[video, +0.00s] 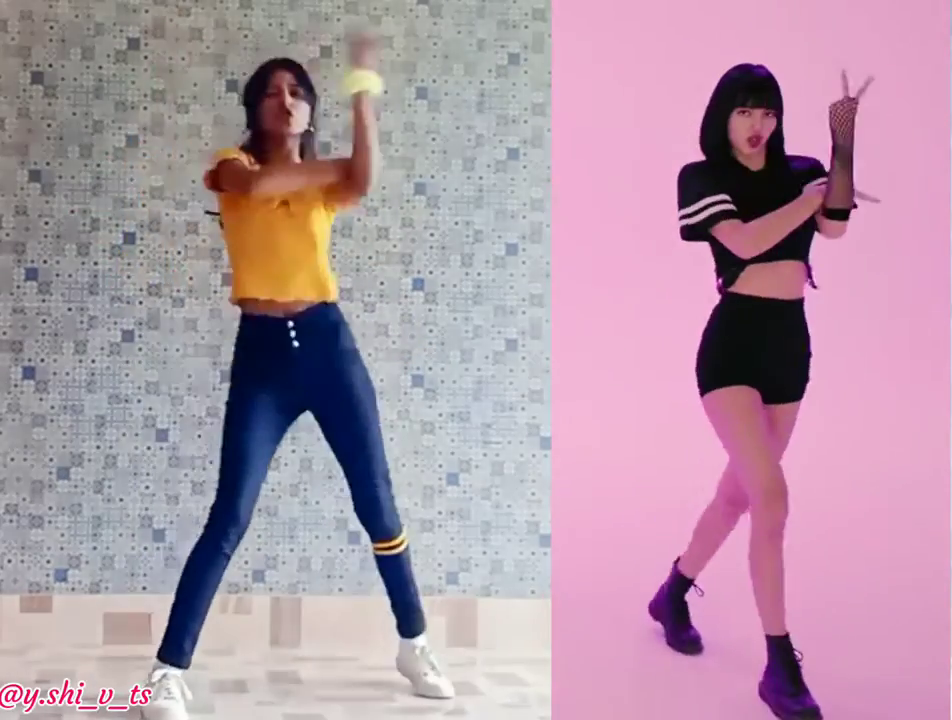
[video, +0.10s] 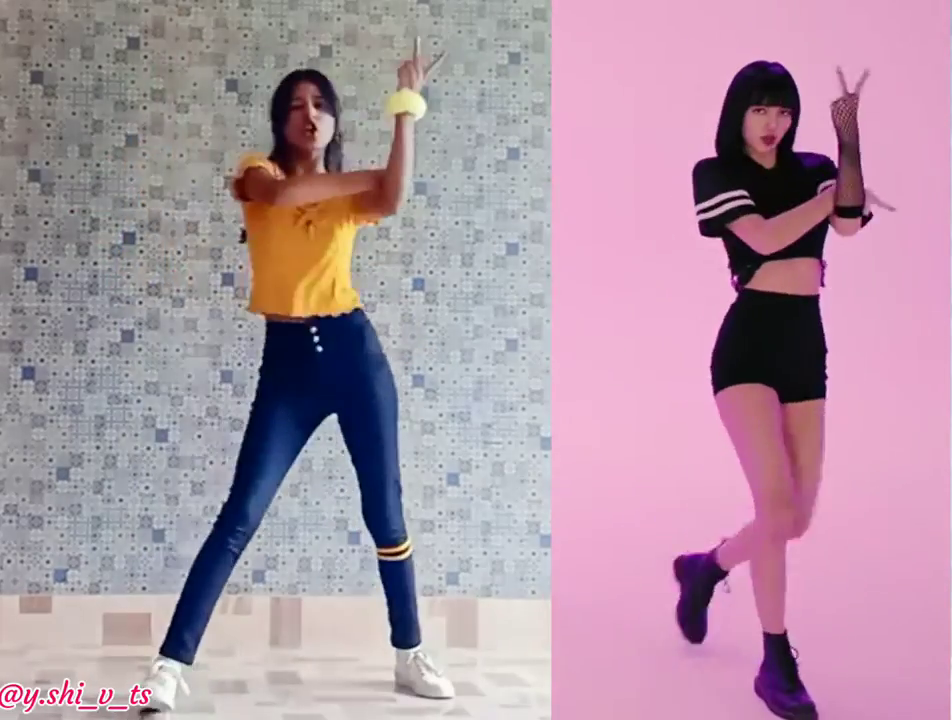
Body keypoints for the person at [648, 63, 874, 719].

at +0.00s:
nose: (757, 123)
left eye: (767, 111)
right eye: (744, 111)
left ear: (780, 119)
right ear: (720, 118)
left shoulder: (799, 173)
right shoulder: (703, 178)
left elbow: (836, 219)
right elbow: (741, 244)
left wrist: (844, 144)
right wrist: (814, 196)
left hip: (790, 347)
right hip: (731, 345)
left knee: (736, 496)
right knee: (771, 502)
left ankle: (673, 591)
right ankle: (780, 663)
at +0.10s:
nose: (771, 121)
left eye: (781, 110)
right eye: (759, 108)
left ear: (794, 118)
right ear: (735, 113)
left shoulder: (811, 170)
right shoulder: (717, 173)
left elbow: (850, 218)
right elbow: (761, 240)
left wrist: (850, 142)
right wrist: (833, 196)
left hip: (805, 346)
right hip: (746, 345)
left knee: (798, 513)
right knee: (774, 511)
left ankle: (704, 569)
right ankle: (777, 663)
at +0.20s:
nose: (782, 120)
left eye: (792, 110)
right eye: (771, 108)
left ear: (805, 117)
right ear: (746, 112)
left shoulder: (820, 169)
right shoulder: (727, 173)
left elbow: (864, 213)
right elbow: (776, 238)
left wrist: (869, 135)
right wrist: (843, 190)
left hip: (812, 352)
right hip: (753, 349)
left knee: (852, 510)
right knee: (779, 511)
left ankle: (750, 534)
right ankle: (771, 660)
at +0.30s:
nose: (792, 120)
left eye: (802, 109)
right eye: (779, 108)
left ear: (815, 116)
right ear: (755, 112)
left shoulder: (826, 170)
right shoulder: (737, 172)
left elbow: (875, 207)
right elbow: (795, 236)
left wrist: (894, 130)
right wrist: (853, 189)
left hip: (826, 352)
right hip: (764, 352)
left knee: (919, 478)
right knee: (779, 508)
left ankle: (824, 522)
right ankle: (761, 650)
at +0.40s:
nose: (799, 121)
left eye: (809, 109)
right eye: (787, 109)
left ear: (820, 114)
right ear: (763, 112)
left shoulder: (833, 166)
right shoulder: (743, 171)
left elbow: (886, 222)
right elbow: (798, 238)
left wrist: (858, 156)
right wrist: (859, 190)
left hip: (835, 349)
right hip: (773, 348)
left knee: (927, 483)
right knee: (777, 503)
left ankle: (872, 575)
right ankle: (754, 645)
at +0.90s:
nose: (806, 121)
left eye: (815, 111)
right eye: (794, 110)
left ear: (825, 118)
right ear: (771, 117)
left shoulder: (847, 169)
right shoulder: (752, 174)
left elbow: (921, 194)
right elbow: (735, 252)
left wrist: (933, 128)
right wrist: (794, 199)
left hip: (814, 336)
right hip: (754, 327)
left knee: (844, 480)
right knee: (713, 467)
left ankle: (845, 603)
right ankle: (662, 598)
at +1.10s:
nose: (829, 118)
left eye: (837, 109)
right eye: (818, 108)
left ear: (847, 117)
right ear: (796, 111)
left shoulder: (840, 177)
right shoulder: (758, 156)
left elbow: (927, 184)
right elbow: (731, 229)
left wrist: (923, 119)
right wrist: (796, 201)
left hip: (800, 325)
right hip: (742, 317)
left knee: (812, 470)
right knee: (665, 450)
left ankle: (823, 597)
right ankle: (576, 558)